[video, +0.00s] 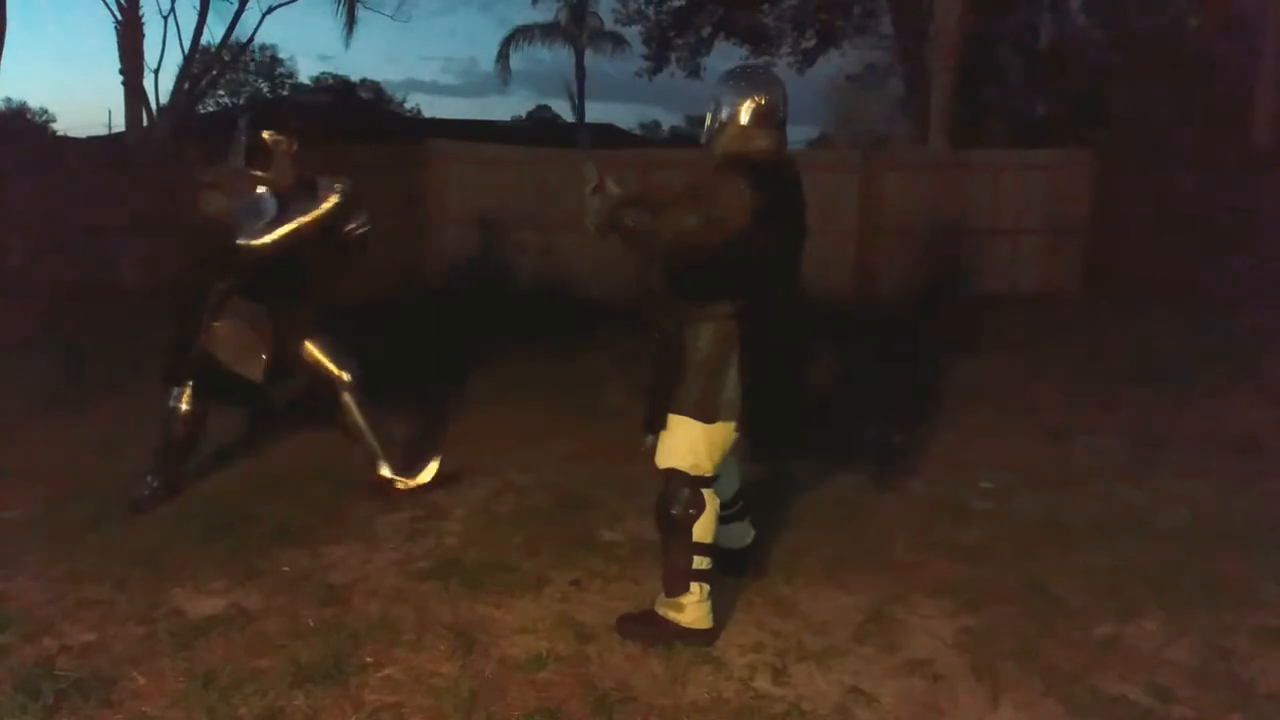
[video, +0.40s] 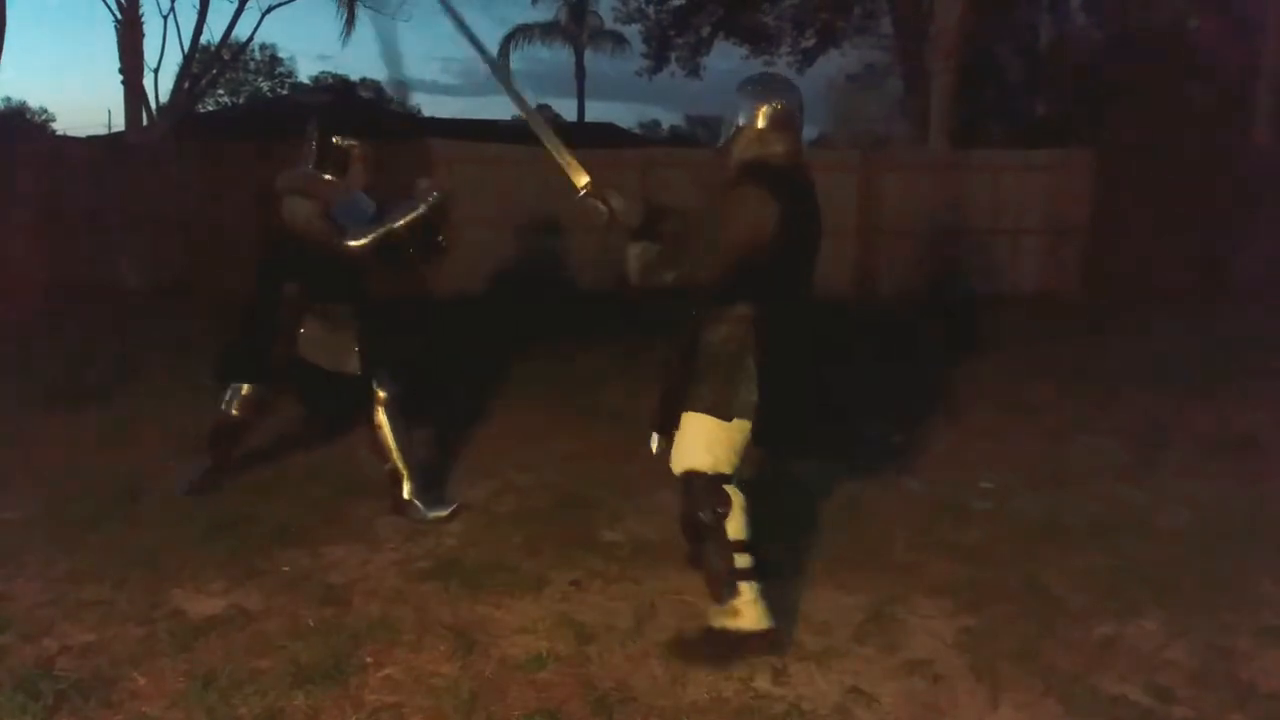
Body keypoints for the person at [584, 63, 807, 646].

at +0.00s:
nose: (712, 129)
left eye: (719, 119)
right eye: (718, 119)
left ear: (734, 123)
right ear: (773, 125)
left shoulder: (740, 183)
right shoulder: (775, 178)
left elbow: (686, 242)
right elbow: (693, 216)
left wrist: (620, 215)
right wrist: (631, 203)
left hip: (719, 333)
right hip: (749, 329)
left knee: (683, 467)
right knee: (716, 433)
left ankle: (687, 607)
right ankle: (728, 528)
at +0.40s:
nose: (732, 131)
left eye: (740, 119)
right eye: (738, 119)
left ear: (756, 124)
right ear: (788, 127)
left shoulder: (759, 189)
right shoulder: (787, 187)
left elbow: (723, 272)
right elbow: (718, 256)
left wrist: (660, 267)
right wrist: (645, 222)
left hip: (744, 349)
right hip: (756, 342)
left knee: (703, 467)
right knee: (714, 466)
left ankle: (741, 608)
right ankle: (737, 602)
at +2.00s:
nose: (736, 143)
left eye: (744, 132)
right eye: (744, 132)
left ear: (755, 134)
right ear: (789, 136)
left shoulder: (757, 193)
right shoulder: (782, 190)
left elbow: (702, 226)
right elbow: (704, 192)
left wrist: (642, 182)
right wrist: (654, 157)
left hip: (738, 343)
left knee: (737, 486)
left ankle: (767, 632)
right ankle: (725, 525)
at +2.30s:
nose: (722, 131)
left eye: (733, 122)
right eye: (728, 122)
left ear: (752, 126)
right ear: (777, 126)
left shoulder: (755, 182)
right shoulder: (777, 175)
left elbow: (694, 207)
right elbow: (693, 164)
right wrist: (639, 122)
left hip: (740, 325)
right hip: (758, 319)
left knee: (687, 446)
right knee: (726, 422)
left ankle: (716, 564)